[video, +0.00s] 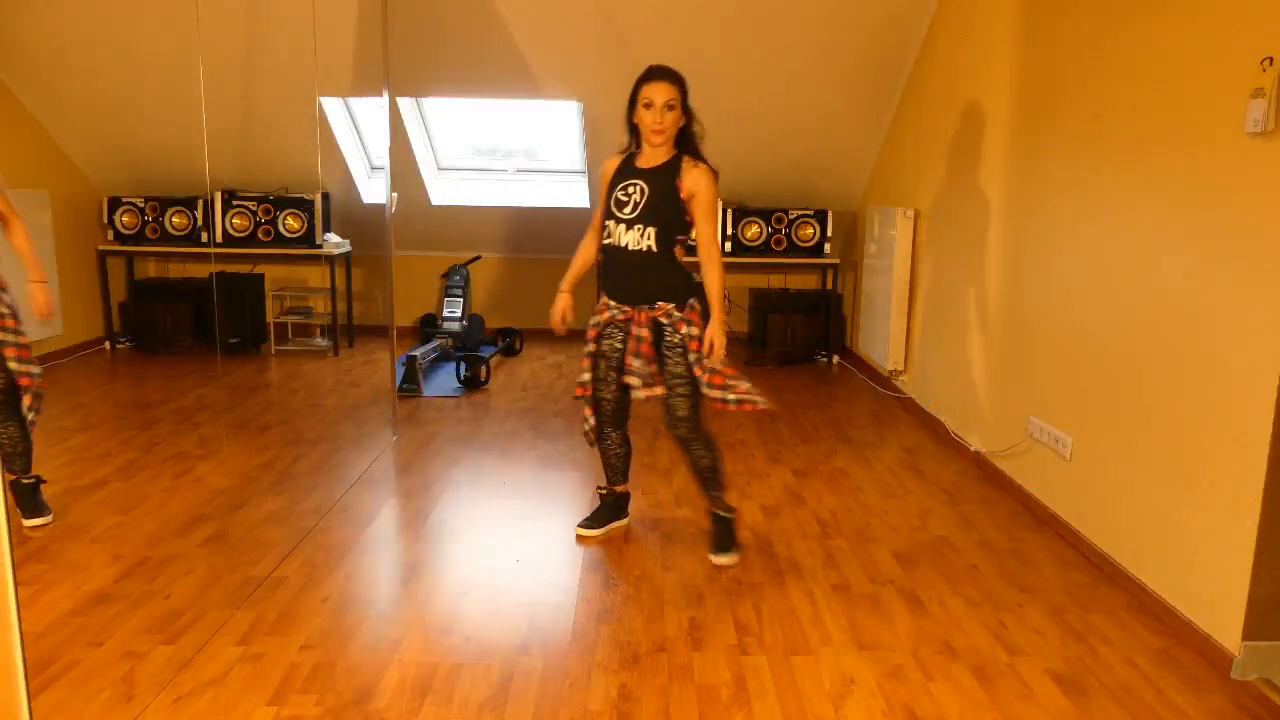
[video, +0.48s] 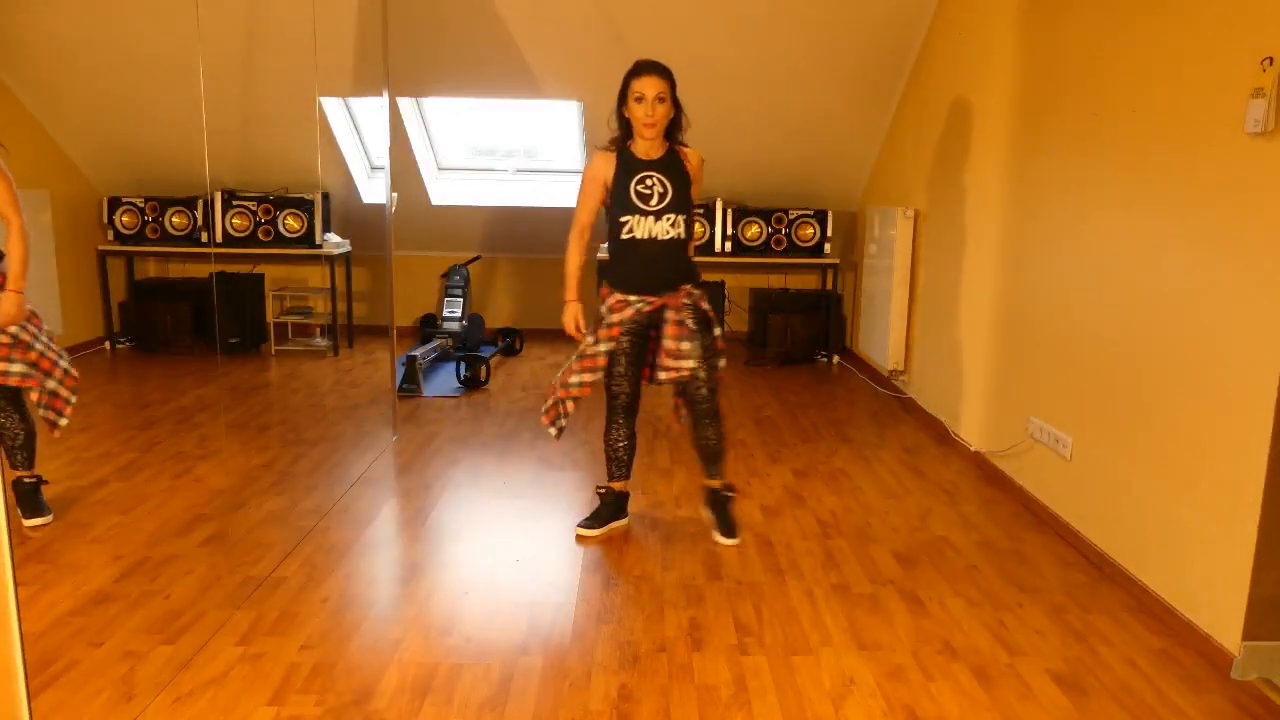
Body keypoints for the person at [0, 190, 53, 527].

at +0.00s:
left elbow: (10, 220)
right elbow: (12, 220)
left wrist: (37, 280)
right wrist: (36, 280)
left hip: (0, 301)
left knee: (11, 388)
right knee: (10, 389)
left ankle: (23, 481)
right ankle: (22, 480)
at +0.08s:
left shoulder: (0, 173)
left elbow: (22, 222)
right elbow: (23, 222)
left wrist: (54, 282)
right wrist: (54, 282)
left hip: (0, 291)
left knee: (10, 387)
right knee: (9, 389)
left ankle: (26, 484)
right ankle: (24, 483)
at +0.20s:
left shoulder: (3, 169)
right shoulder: (3, 169)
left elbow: (18, 222)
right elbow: (17, 222)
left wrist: (55, 293)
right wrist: (55, 293)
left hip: (3, 285)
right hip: (3, 287)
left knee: (14, 390)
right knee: (14, 393)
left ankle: (28, 487)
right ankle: (24, 487)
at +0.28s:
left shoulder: (4, 173)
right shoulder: (5, 173)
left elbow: (17, 226)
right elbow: (17, 226)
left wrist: (42, 294)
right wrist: (41, 295)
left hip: (5, 295)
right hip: (6, 298)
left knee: (15, 393)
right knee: (14, 394)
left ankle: (27, 486)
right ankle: (26, 486)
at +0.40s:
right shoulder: (2, 171)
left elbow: (17, 221)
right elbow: (17, 222)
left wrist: (24, 290)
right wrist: (22, 290)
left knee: (11, 394)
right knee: (10, 395)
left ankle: (27, 484)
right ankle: (25, 484)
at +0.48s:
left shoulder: (1, 173)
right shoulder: (4, 176)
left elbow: (14, 223)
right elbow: (15, 224)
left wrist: (14, 291)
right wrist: (13, 292)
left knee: (9, 394)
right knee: (8, 396)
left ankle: (26, 482)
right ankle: (24, 481)